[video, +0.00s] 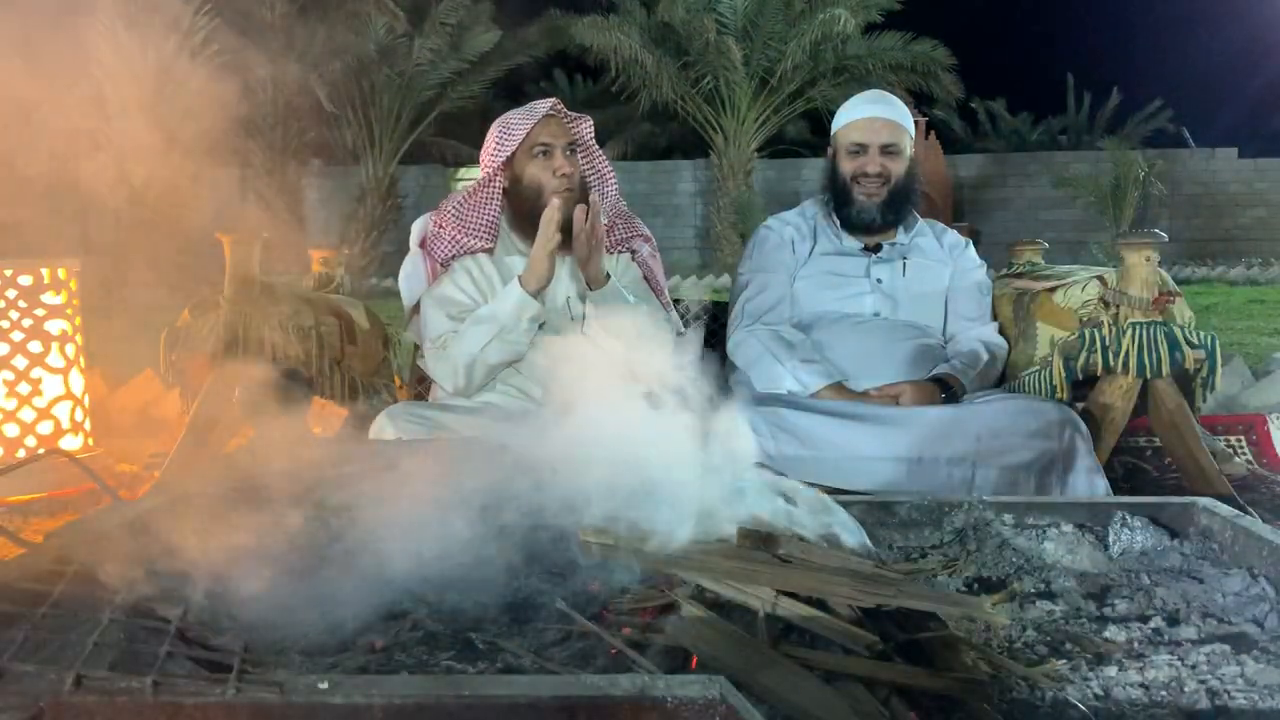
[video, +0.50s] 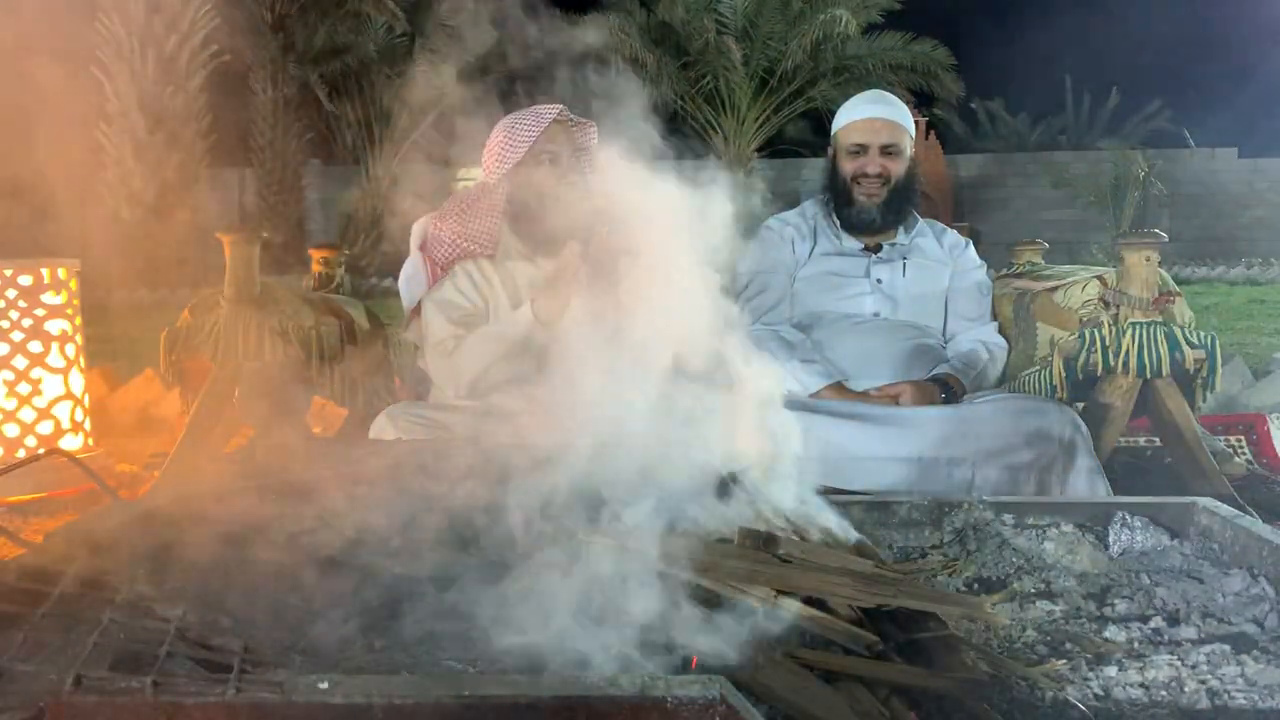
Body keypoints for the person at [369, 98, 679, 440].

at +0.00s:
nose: (567, 168)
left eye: (572, 151)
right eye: (544, 154)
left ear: (583, 161)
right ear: (505, 173)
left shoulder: (619, 260)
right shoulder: (467, 268)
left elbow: (662, 358)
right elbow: (454, 377)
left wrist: (599, 280)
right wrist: (529, 286)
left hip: (609, 417)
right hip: (507, 415)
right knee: (394, 426)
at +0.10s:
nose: (567, 168)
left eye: (572, 153)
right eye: (545, 155)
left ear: (584, 164)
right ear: (505, 175)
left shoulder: (620, 254)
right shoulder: (464, 263)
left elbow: (656, 359)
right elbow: (456, 376)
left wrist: (599, 280)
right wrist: (533, 288)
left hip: (607, 413)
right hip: (506, 415)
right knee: (394, 426)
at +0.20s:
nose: (568, 170)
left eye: (573, 155)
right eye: (545, 156)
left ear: (585, 167)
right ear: (506, 177)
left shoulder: (626, 256)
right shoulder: (470, 274)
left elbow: (663, 352)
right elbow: (457, 376)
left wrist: (604, 287)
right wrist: (539, 294)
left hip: (617, 409)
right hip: (515, 414)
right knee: (394, 426)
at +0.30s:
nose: (571, 173)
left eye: (574, 157)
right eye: (547, 159)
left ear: (586, 165)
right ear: (508, 180)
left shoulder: (621, 253)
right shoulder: (466, 278)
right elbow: (456, 378)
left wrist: (614, 294)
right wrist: (542, 314)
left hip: (605, 416)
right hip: (505, 418)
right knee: (394, 427)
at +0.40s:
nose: (568, 176)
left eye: (575, 160)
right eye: (547, 161)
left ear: (588, 168)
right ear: (511, 175)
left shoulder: (619, 268)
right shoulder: (467, 285)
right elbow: (457, 378)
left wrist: (612, 296)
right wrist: (544, 309)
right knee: (394, 427)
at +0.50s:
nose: (569, 174)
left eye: (576, 160)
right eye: (548, 159)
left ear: (586, 171)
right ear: (507, 175)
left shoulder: (604, 260)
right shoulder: (464, 268)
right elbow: (457, 376)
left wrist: (612, 280)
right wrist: (541, 314)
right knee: (395, 426)